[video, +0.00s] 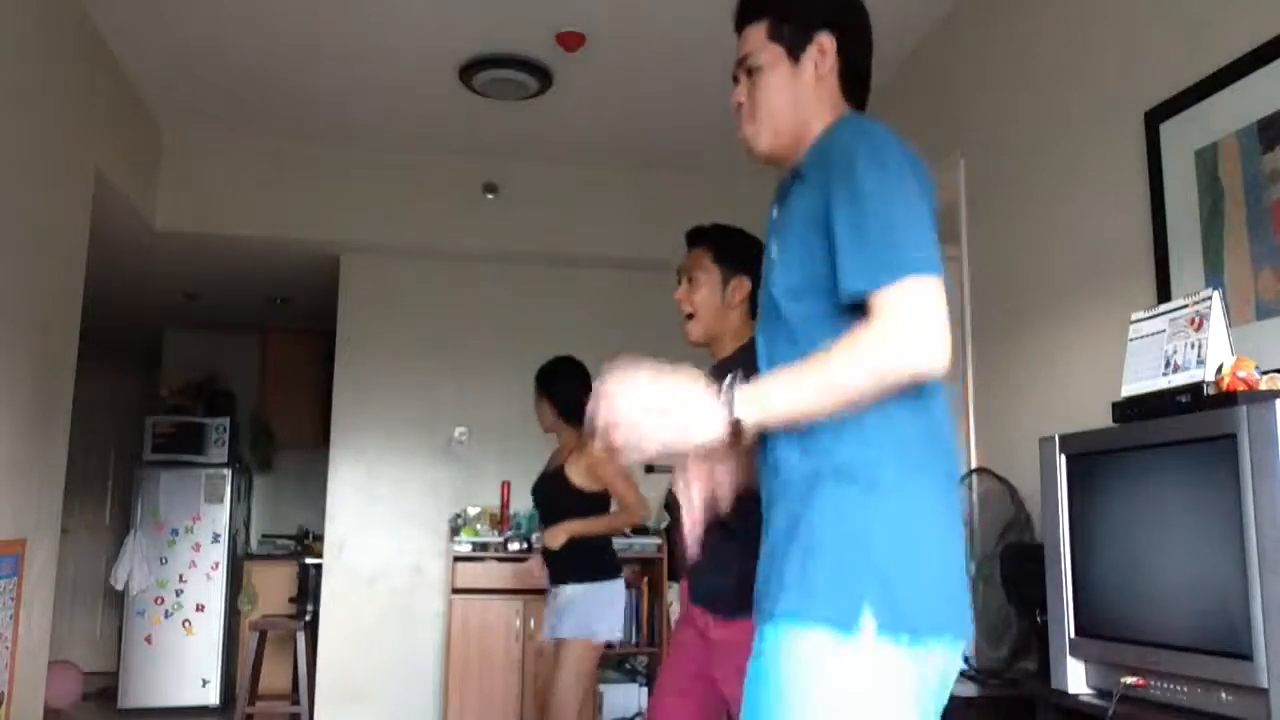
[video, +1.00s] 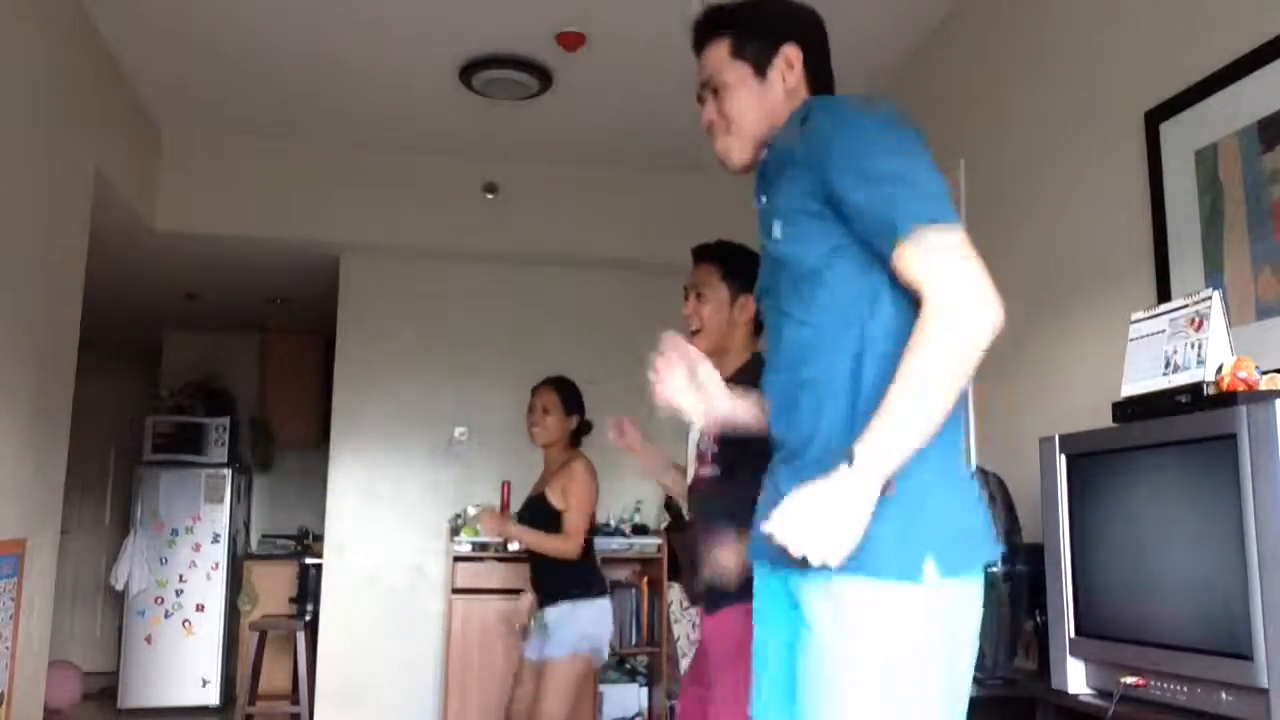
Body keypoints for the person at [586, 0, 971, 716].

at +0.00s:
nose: (736, 99)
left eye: (749, 71)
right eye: (735, 80)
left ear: (819, 60)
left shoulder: (859, 151)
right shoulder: (803, 192)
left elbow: (916, 335)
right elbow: (845, 412)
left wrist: (730, 410)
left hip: (865, 597)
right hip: (817, 593)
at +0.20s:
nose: (740, 133)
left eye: (754, 106)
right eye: (740, 113)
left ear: (826, 94)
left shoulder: (858, 169)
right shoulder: (809, 211)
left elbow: (890, 352)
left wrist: (732, 434)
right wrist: (701, 442)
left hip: (864, 597)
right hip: (818, 593)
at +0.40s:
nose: (729, 99)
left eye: (740, 71)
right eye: (728, 77)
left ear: (811, 55)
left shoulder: (845, 137)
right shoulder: (796, 191)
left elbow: (924, 289)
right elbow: (837, 394)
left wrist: (759, 375)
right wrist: (727, 435)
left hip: (874, 589)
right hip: (830, 584)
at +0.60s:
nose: (726, 100)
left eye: (741, 72)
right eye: (724, 79)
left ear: (817, 58)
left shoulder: (872, 174)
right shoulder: (801, 193)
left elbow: (967, 370)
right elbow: (840, 390)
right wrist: (717, 422)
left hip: (898, 582)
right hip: (816, 572)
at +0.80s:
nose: (714, 125)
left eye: (726, 99)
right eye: (714, 106)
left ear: (801, 83)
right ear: (797, 85)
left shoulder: (890, 195)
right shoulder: (781, 246)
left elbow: (1012, 373)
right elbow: (823, 423)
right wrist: (726, 483)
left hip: (910, 633)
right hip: (807, 619)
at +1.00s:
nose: (704, 115)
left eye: (716, 89)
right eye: (702, 97)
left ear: (785, 71)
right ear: (780, 76)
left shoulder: (842, 129)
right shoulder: (785, 187)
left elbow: (968, 303)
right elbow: (830, 397)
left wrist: (860, 477)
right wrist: (723, 405)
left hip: (890, 562)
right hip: (798, 553)